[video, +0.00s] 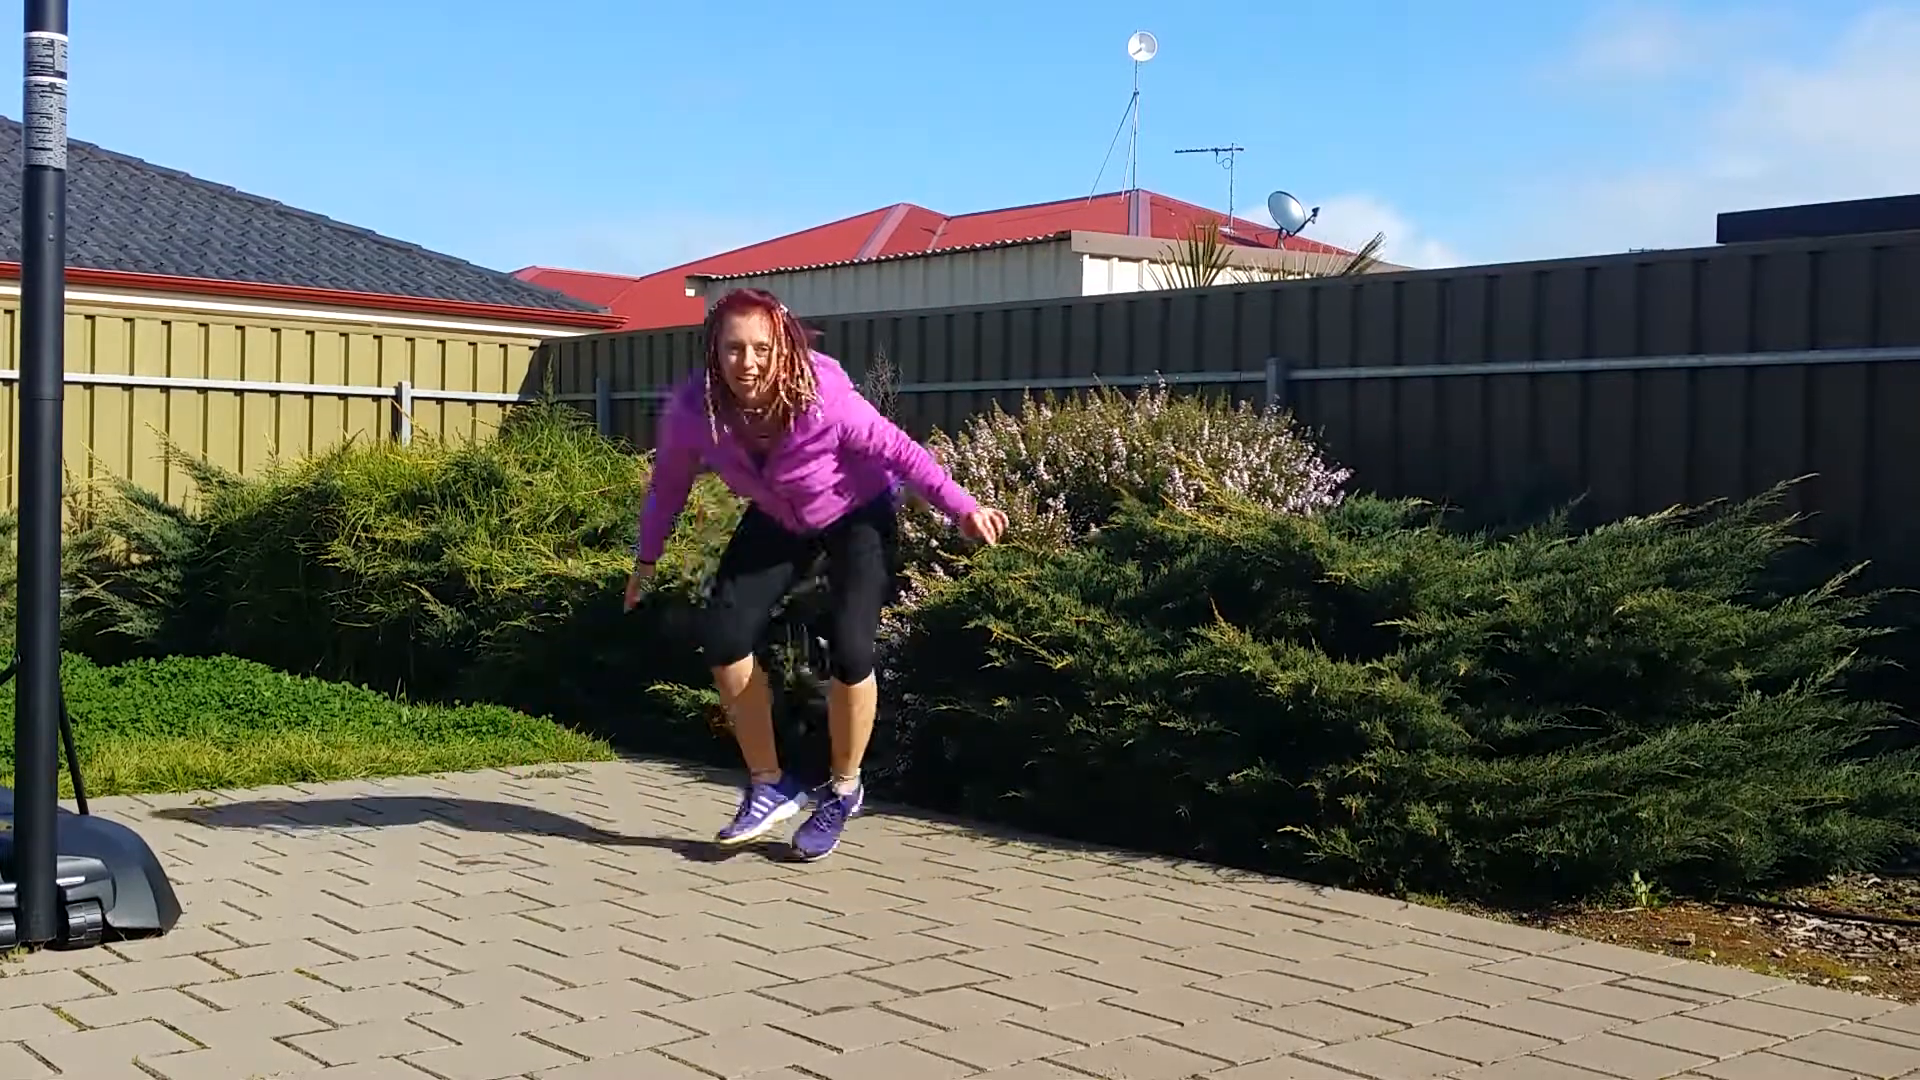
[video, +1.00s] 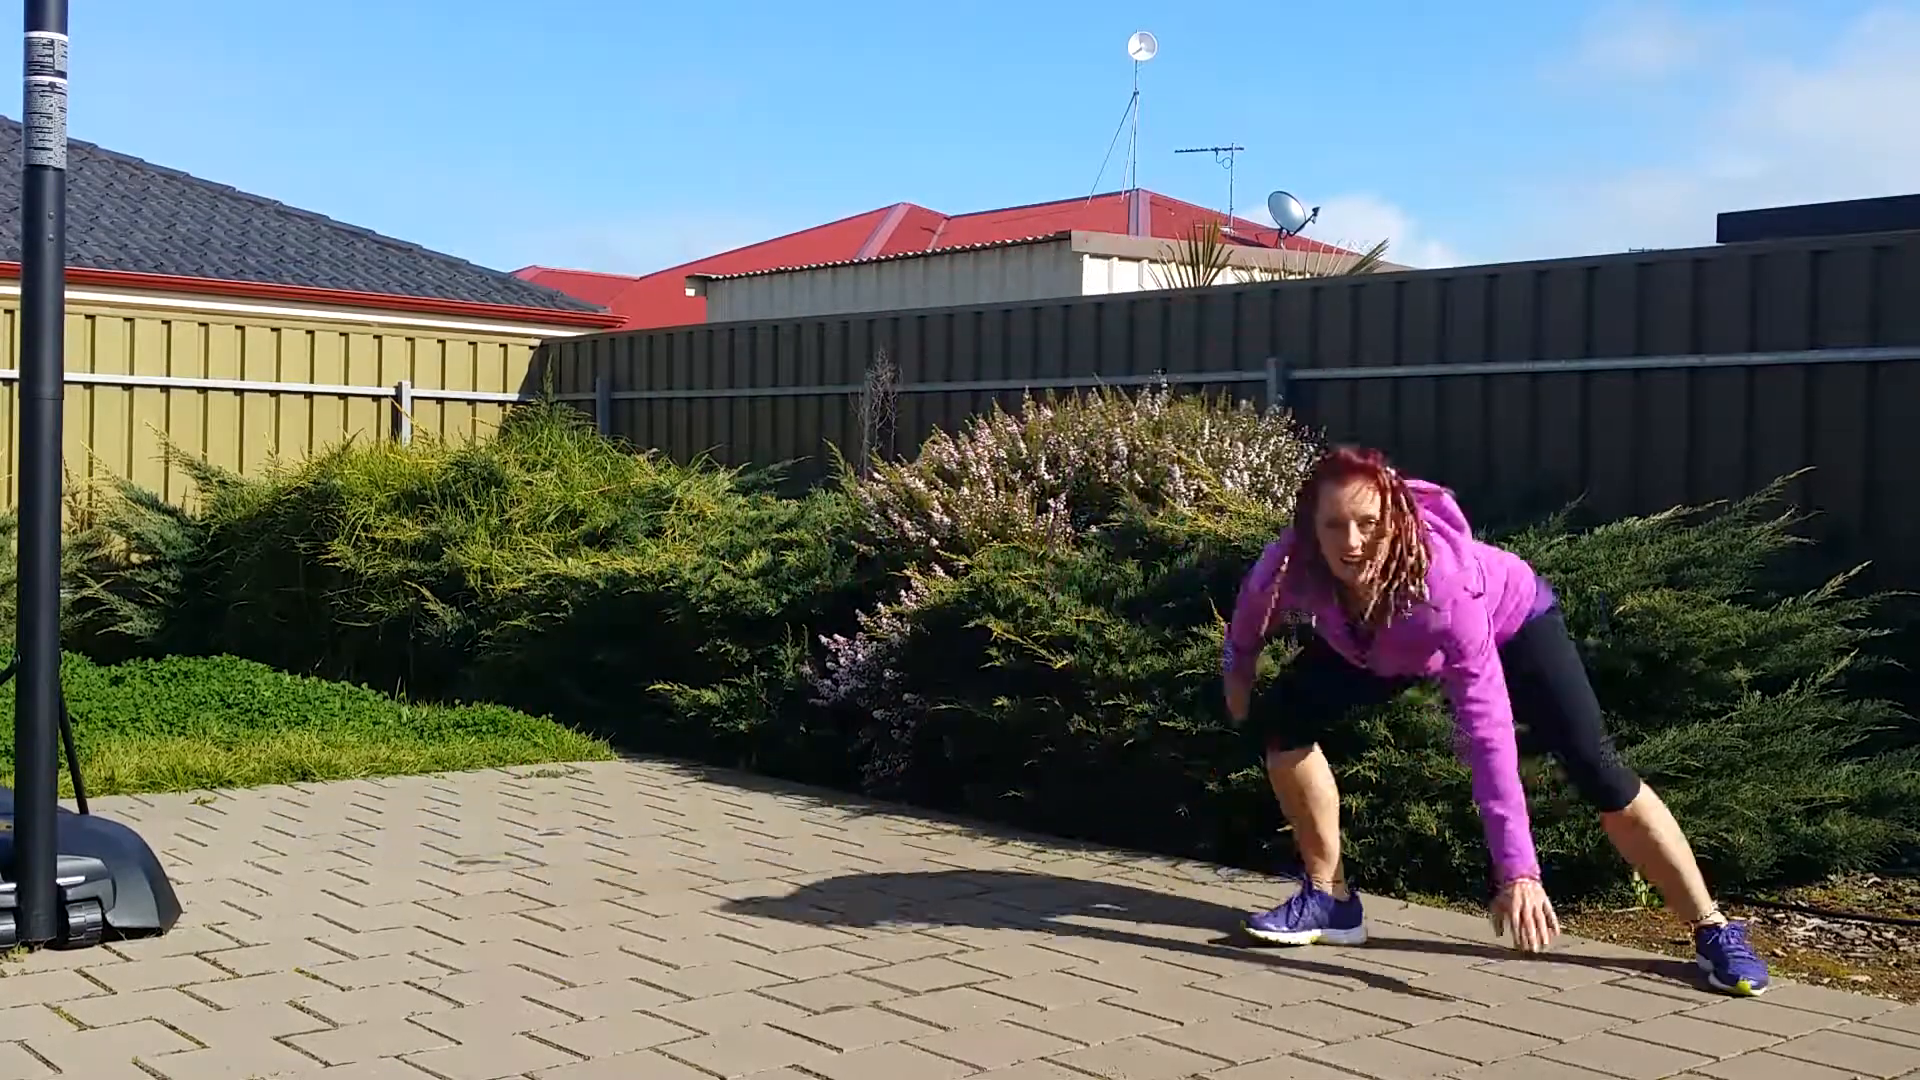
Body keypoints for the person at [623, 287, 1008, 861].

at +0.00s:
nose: (747, 363)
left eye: (761, 349)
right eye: (733, 349)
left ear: (783, 351)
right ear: (713, 353)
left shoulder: (822, 389)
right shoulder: (692, 410)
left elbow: (895, 448)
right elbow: (666, 488)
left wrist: (964, 507)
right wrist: (644, 559)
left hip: (855, 510)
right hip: (775, 515)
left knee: (850, 652)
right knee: (725, 640)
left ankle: (844, 789)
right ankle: (768, 786)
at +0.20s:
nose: (834, 366)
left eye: (847, 353)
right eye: (820, 353)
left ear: (870, 360)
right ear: (800, 359)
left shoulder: (906, 411)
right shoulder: (772, 430)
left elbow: (974, 479)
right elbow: (748, 519)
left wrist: (1049, 532)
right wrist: (716, 599)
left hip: (940, 556)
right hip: (850, 566)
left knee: (1013, 677)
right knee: (791, 689)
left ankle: (1109, 818)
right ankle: (829, 829)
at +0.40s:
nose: (976, 338)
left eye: (990, 324)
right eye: (962, 325)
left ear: (1018, 334)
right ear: (943, 339)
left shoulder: (1064, 397)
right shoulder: (924, 413)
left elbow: (1132, 477)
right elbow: (906, 493)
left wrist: (1208, 542)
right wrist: (861, 563)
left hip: (1092, 562)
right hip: (989, 566)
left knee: (1145, 696)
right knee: (912, 694)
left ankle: (1185, 863)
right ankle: (845, 819)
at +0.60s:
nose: (1096, 304)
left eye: (1110, 288)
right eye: (1080, 291)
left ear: (1135, 293)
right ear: (1057, 300)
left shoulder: (1183, 353)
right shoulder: (1039, 372)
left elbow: (1254, 429)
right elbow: (1021, 444)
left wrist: (1314, 495)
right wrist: (1006, 502)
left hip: (1226, 505)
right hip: (1128, 522)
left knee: (1280, 657)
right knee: (1097, 670)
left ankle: (1320, 828)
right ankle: (1181, 827)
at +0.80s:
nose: (1224, 407)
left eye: (1237, 392)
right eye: (1206, 393)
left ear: (1259, 395)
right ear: (1176, 401)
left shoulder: (1299, 445)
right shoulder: (1150, 476)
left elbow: (1373, 548)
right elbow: (1111, 543)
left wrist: (1432, 656)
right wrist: (1090, 603)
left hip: (1347, 581)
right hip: (1251, 606)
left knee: (1489, 687)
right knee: (1227, 730)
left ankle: (1640, 833)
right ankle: (1324, 897)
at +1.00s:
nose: (1350, 541)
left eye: (1365, 523)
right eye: (1333, 525)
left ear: (1393, 523)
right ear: (1308, 527)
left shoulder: (1444, 587)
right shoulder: (1293, 554)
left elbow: (1489, 735)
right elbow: (1255, 600)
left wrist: (1519, 872)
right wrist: (1237, 667)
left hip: (1501, 623)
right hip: (1394, 639)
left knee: (1596, 769)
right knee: (1284, 723)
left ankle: (1714, 930)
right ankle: (1328, 897)